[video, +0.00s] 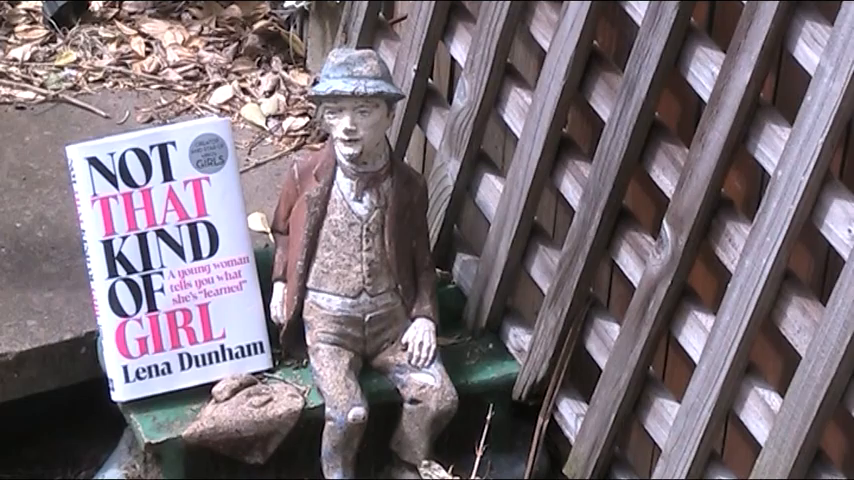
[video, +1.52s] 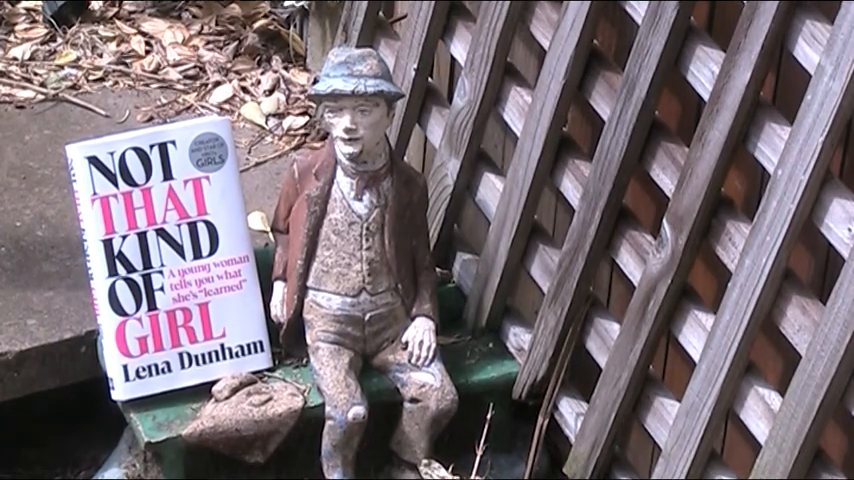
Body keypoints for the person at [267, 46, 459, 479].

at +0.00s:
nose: (348, 125)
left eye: (364, 111)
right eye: (336, 112)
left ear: (388, 115)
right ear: (323, 117)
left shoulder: (409, 184)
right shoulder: (304, 174)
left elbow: (423, 260)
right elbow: (283, 233)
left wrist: (425, 315)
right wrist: (282, 282)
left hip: (393, 322)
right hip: (328, 322)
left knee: (438, 398)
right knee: (349, 414)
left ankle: (407, 459)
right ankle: (337, 472)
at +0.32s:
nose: (348, 125)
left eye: (364, 111)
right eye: (336, 112)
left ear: (388, 115)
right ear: (323, 117)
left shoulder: (409, 184)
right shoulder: (304, 174)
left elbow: (423, 261)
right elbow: (283, 233)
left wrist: (425, 315)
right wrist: (282, 282)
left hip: (393, 322)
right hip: (328, 322)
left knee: (438, 398)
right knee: (349, 414)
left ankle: (407, 458)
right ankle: (337, 472)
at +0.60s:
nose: (348, 125)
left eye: (364, 111)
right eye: (336, 112)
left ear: (388, 115)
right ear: (322, 117)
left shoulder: (409, 184)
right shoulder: (304, 174)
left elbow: (423, 261)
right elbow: (283, 233)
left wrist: (425, 315)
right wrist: (281, 282)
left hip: (393, 323)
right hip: (328, 322)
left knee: (438, 398)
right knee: (349, 415)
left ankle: (408, 457)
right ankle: (337, 472)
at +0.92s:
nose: (348, 125)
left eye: (363, 111)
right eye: (336, 112)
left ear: (388, 116)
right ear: (323, 117)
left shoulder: (409, 185)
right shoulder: (304, 174)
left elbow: (423, 261)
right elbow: (282, 233)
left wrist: (425, 315)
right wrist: (281, 282)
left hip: (393, 323)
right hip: (328, 323)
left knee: (438, 398)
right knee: (349, 414)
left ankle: (407, 458)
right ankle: (337, 472)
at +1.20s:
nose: (348, 126)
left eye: (363, 112)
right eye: (336, 112)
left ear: (388, 116)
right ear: (322, 118)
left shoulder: (409, 185)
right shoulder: (305, 174)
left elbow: (423, 262)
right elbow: (282, 233)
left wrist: (425, 316)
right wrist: (281, 282)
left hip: (393, 323)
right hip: (328, 323)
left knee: (438, 398)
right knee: (349, 415)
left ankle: (407, 458)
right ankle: (337, 471)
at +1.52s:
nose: (348, 124)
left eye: (364, 111)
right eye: (336, 111)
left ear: (388, 114)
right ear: (323, 116)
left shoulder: (409, 184)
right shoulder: (304, 173)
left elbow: (423, 261)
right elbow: (283, 232)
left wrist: (425, 315)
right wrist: (281, 281)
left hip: (393, 322)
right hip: (328, 321)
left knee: (438, 398)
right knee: (349, 414)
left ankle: (406, 458)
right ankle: (338, 472)